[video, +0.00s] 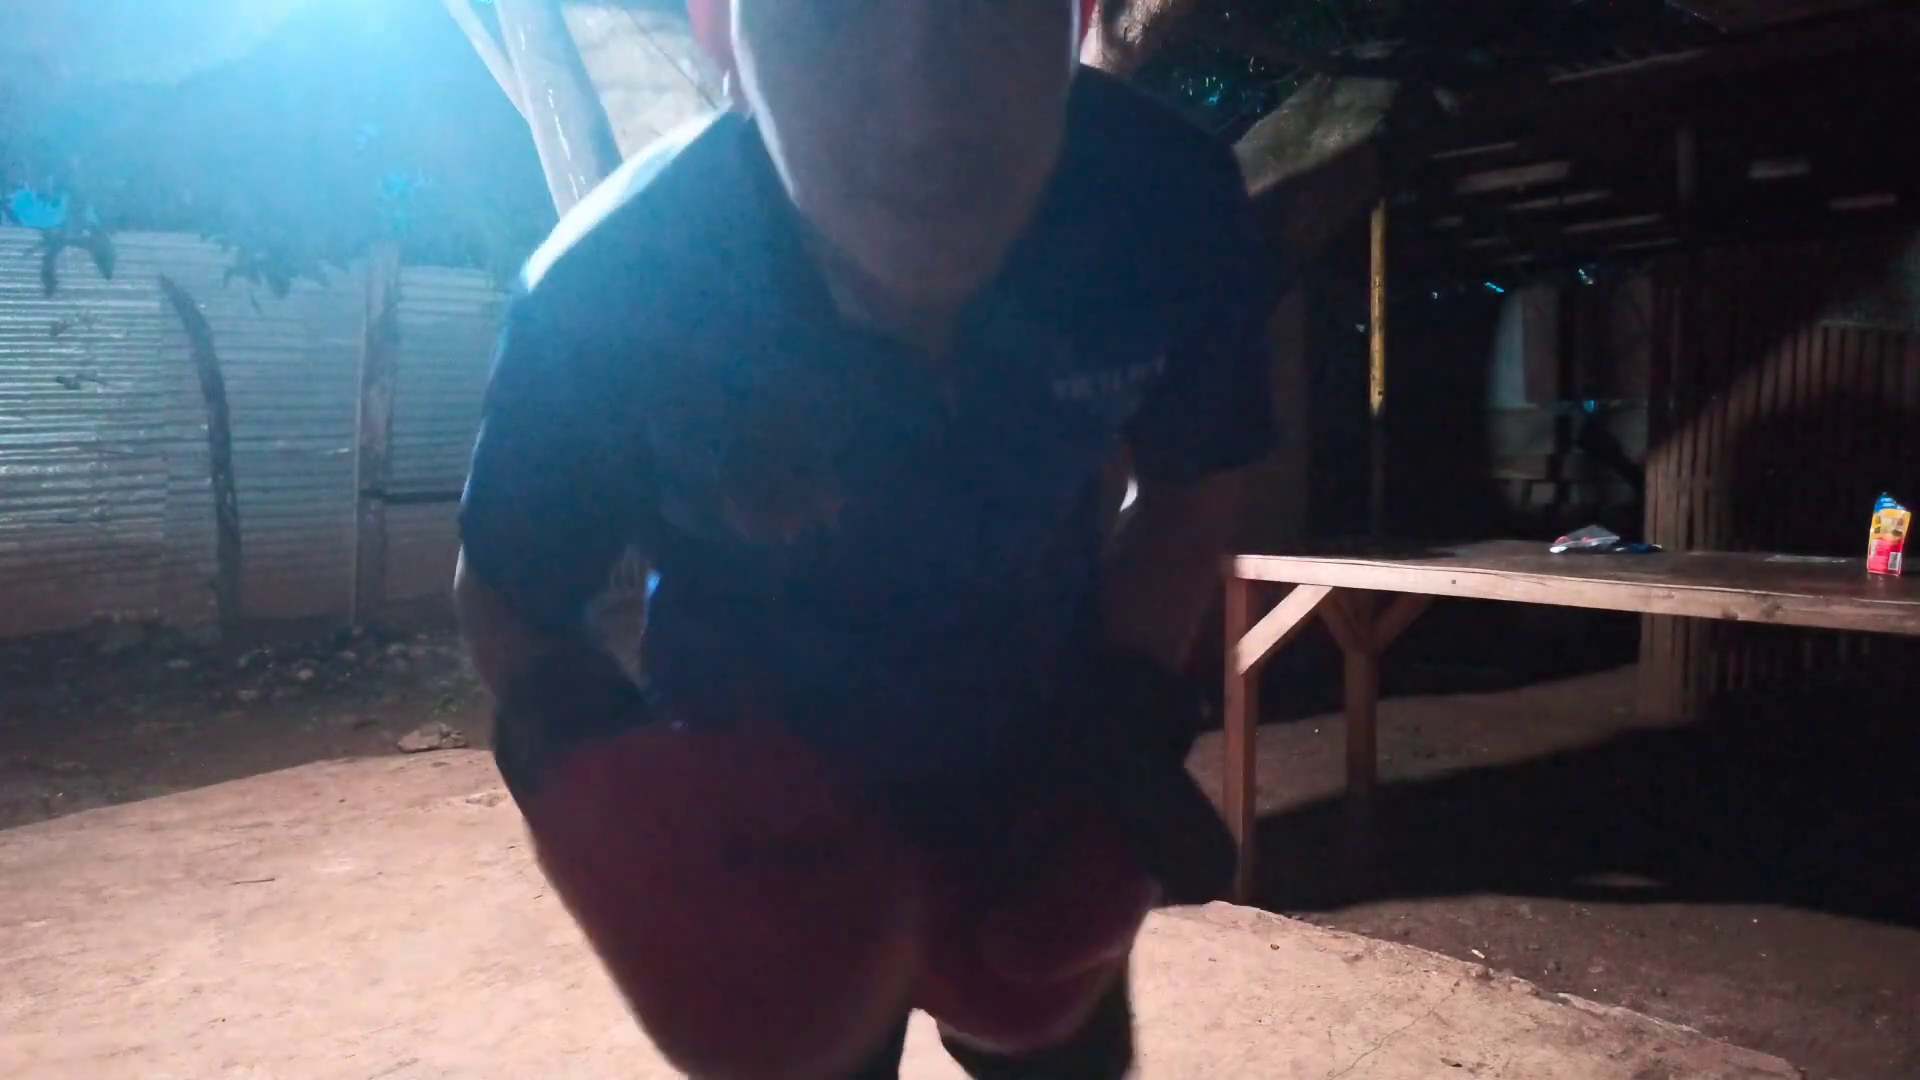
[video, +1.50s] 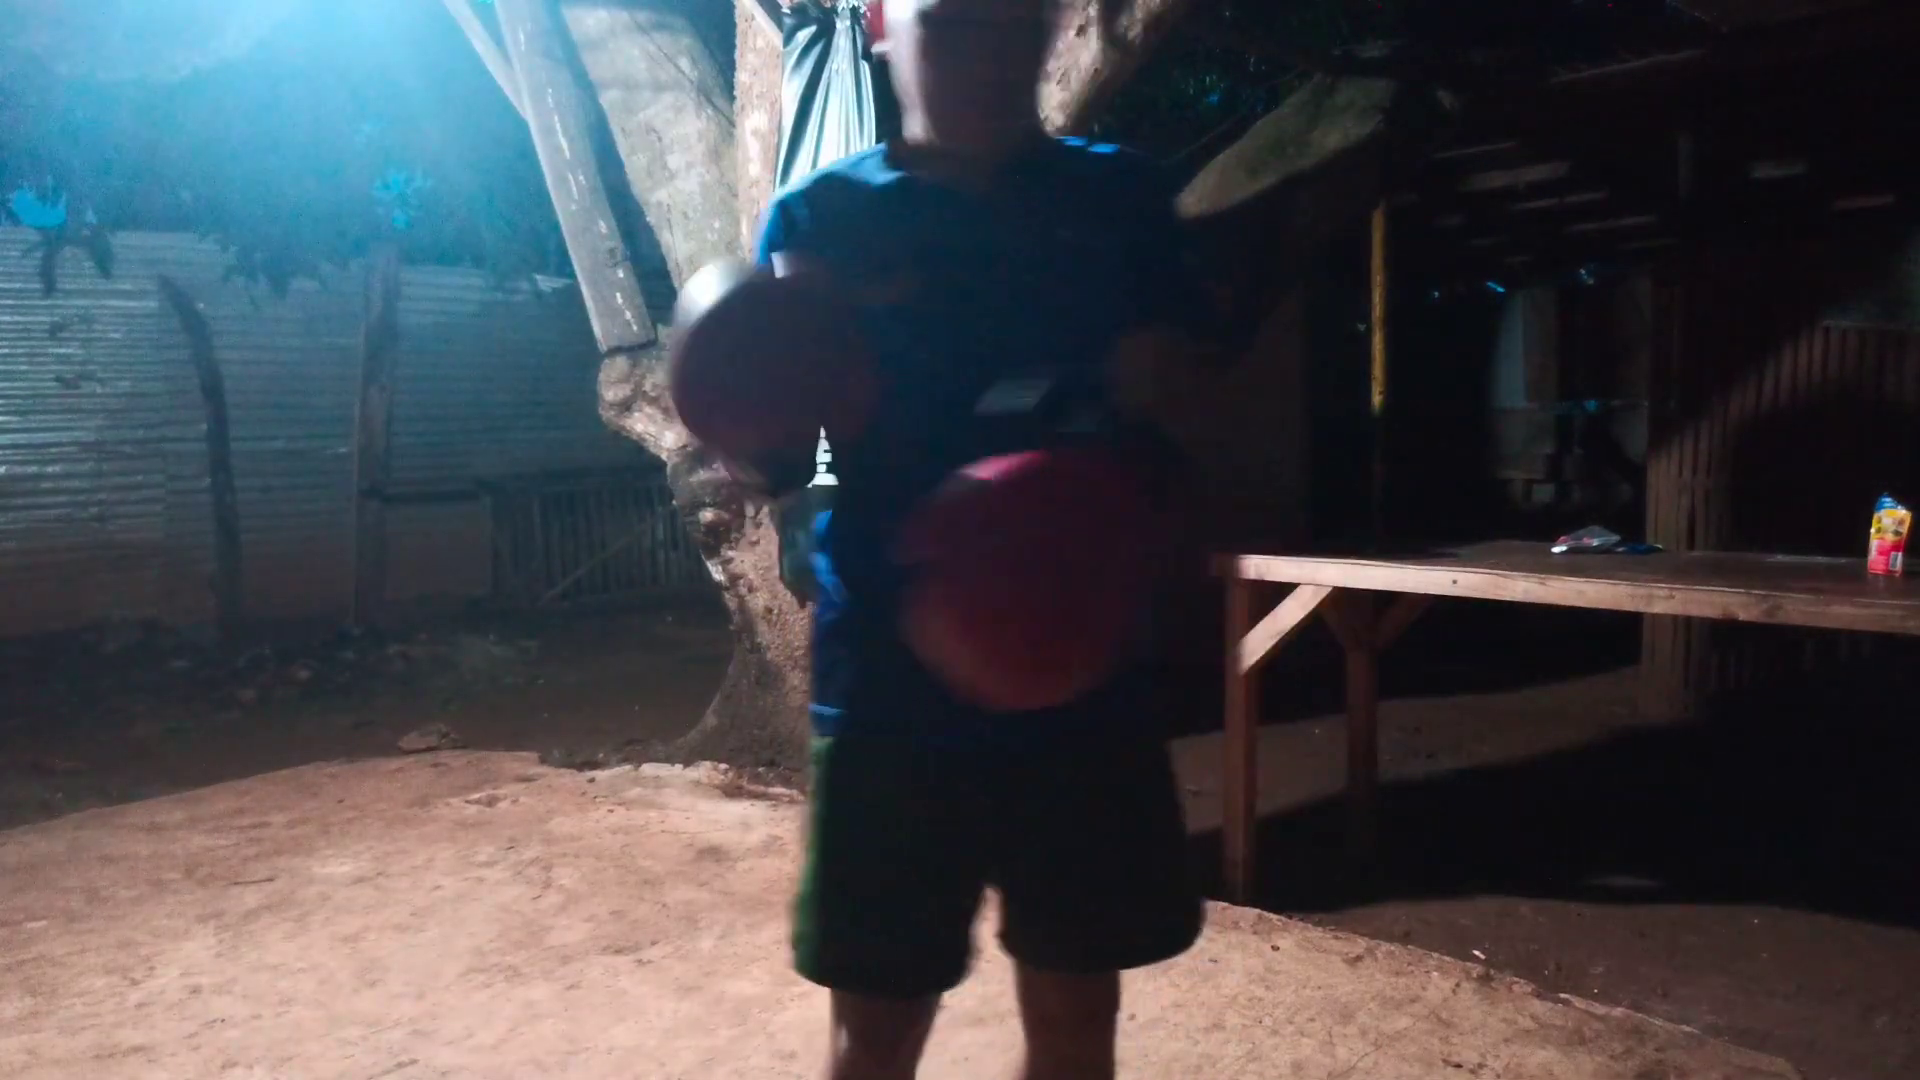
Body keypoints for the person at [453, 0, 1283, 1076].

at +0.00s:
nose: (922, 109)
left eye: (980, 34)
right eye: (844, 36)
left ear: (1078, 25)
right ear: (718, 32)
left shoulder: (1173, 206)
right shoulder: (604, 293)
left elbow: (1192, 493)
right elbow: (508, 592)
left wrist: (1097, 773)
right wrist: (640, 814)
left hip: (1040, 799)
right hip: (769, 818)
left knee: (1070, 1060)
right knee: (799, 1059)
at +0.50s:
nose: (939, 15)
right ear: (776, 6)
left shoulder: (1130, 162)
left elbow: (1164, 523)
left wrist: (1115, 816)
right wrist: (673, 667)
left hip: (1058, 761)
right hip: (802, 768)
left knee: (1058, 1057)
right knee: (796, 1061)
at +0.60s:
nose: (947, 16)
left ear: (1035, 4)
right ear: (803, 11)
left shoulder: (1123, 161)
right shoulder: (703, 185)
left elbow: (1176, 494)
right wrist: (750, 545)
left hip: (1065, 747)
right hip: (818, 760)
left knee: (1083, 1059)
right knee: (815, 1060)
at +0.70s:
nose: (966, 31)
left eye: (997, 9)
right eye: (916, 9)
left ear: (1048, 17)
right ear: (819, 16)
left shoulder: (1126, 170)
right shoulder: (747, 183)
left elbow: (1193, 489)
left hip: (1097, 708)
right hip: (864, 714)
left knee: (1117, 1055)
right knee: (836, 1058)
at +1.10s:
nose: (1055, 91)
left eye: (1091, 56)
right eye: (1021, 56)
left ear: (1144, 64)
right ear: (965, 59)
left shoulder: (1197, 237)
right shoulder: (895, 220)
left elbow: (1233, 498)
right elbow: (784, 452)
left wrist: (1264, 680)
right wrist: (867, 481)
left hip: (1140, 713)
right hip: (943, 719)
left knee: (1138, 1043)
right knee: (937, 1055)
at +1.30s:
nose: (1071, 77)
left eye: (1104, 44)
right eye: (1037, 38)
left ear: (1138, 51)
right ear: (960, 30)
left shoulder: (1179, 218)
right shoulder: (868, 210)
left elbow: (1236, 436)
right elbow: (802, 402)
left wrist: (1216, 569)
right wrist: (819, 478)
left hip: (1118, 686)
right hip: (930, 689)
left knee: (1107, 1027)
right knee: (934, 1041)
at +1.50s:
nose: (974, 44)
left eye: (1004, 18)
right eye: (943, 19)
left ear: (1049, 32)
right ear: (880, 33)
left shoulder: (1123, 199)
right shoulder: (829, 215)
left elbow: (1182, 421)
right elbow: (773, 460)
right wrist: (756, 411)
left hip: (1087, 685)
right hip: (889, 695)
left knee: (1074, 1022)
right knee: (877, 1036)